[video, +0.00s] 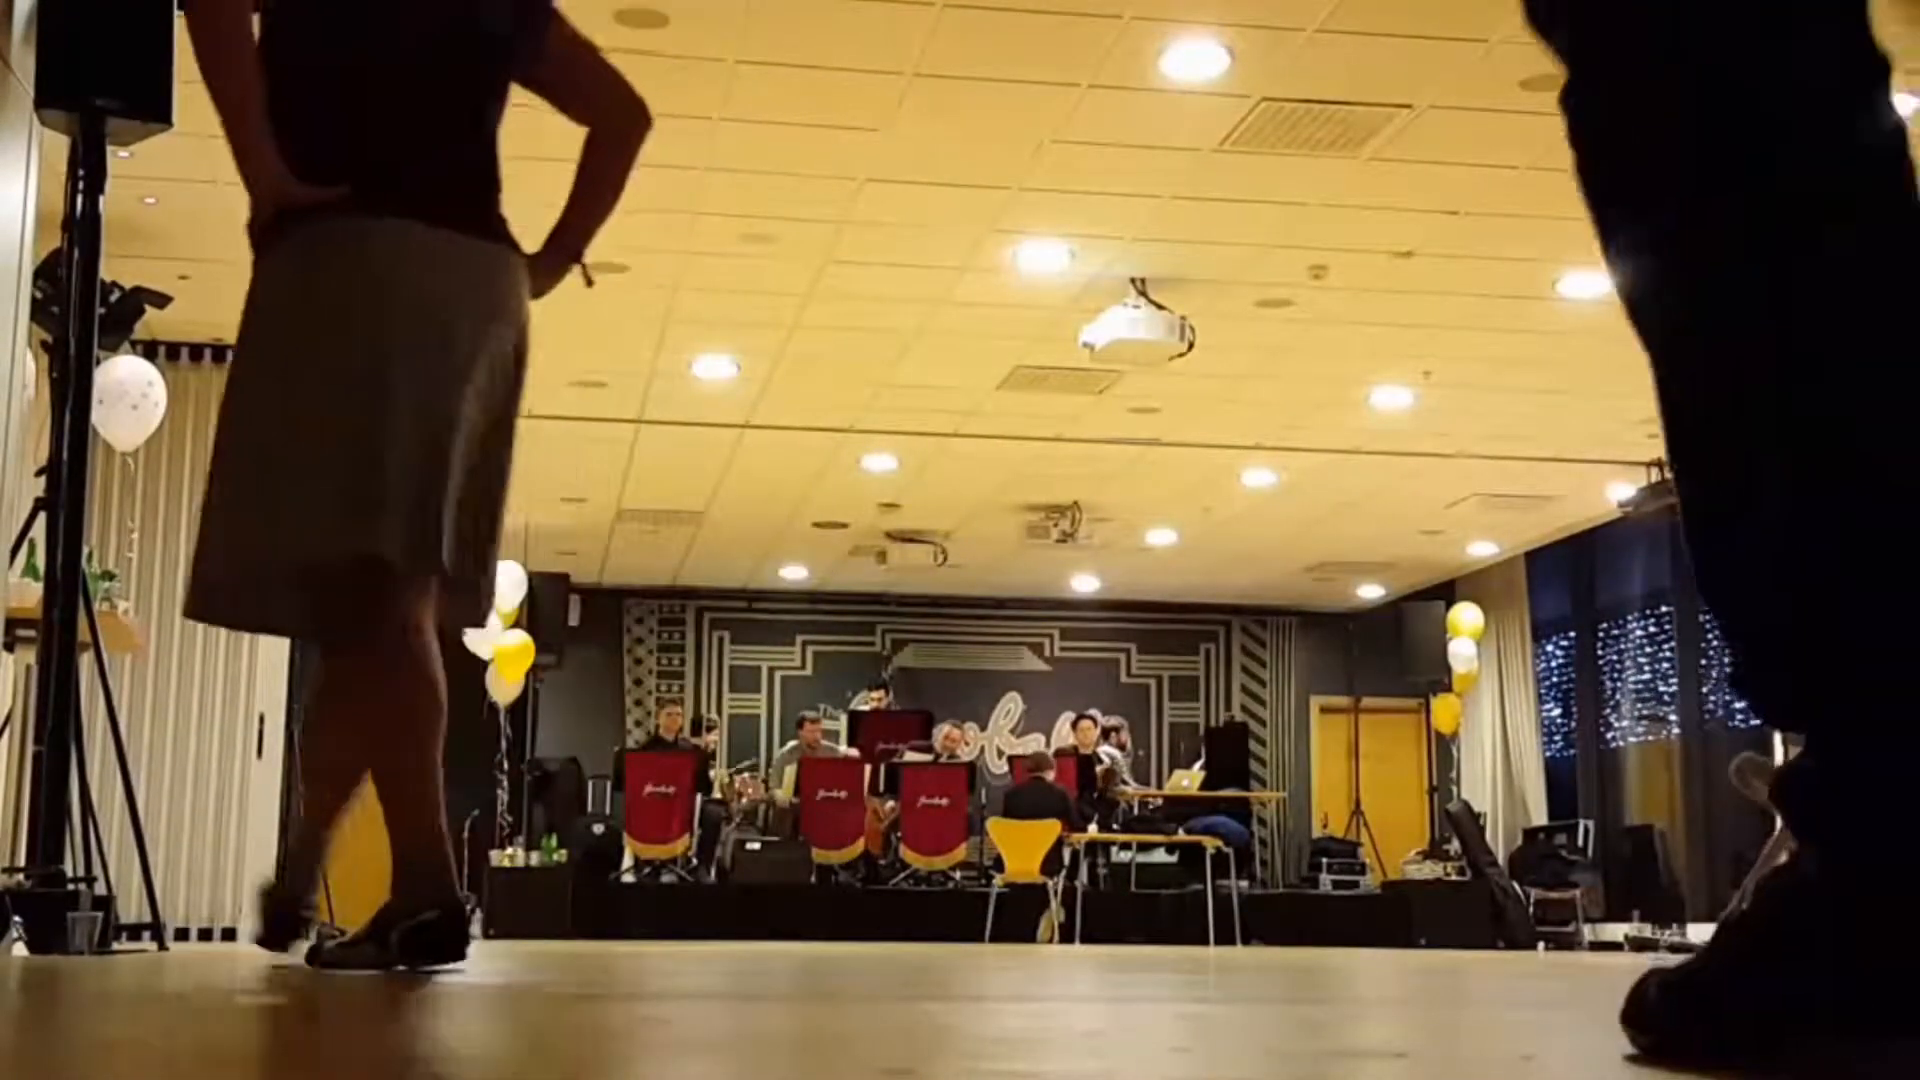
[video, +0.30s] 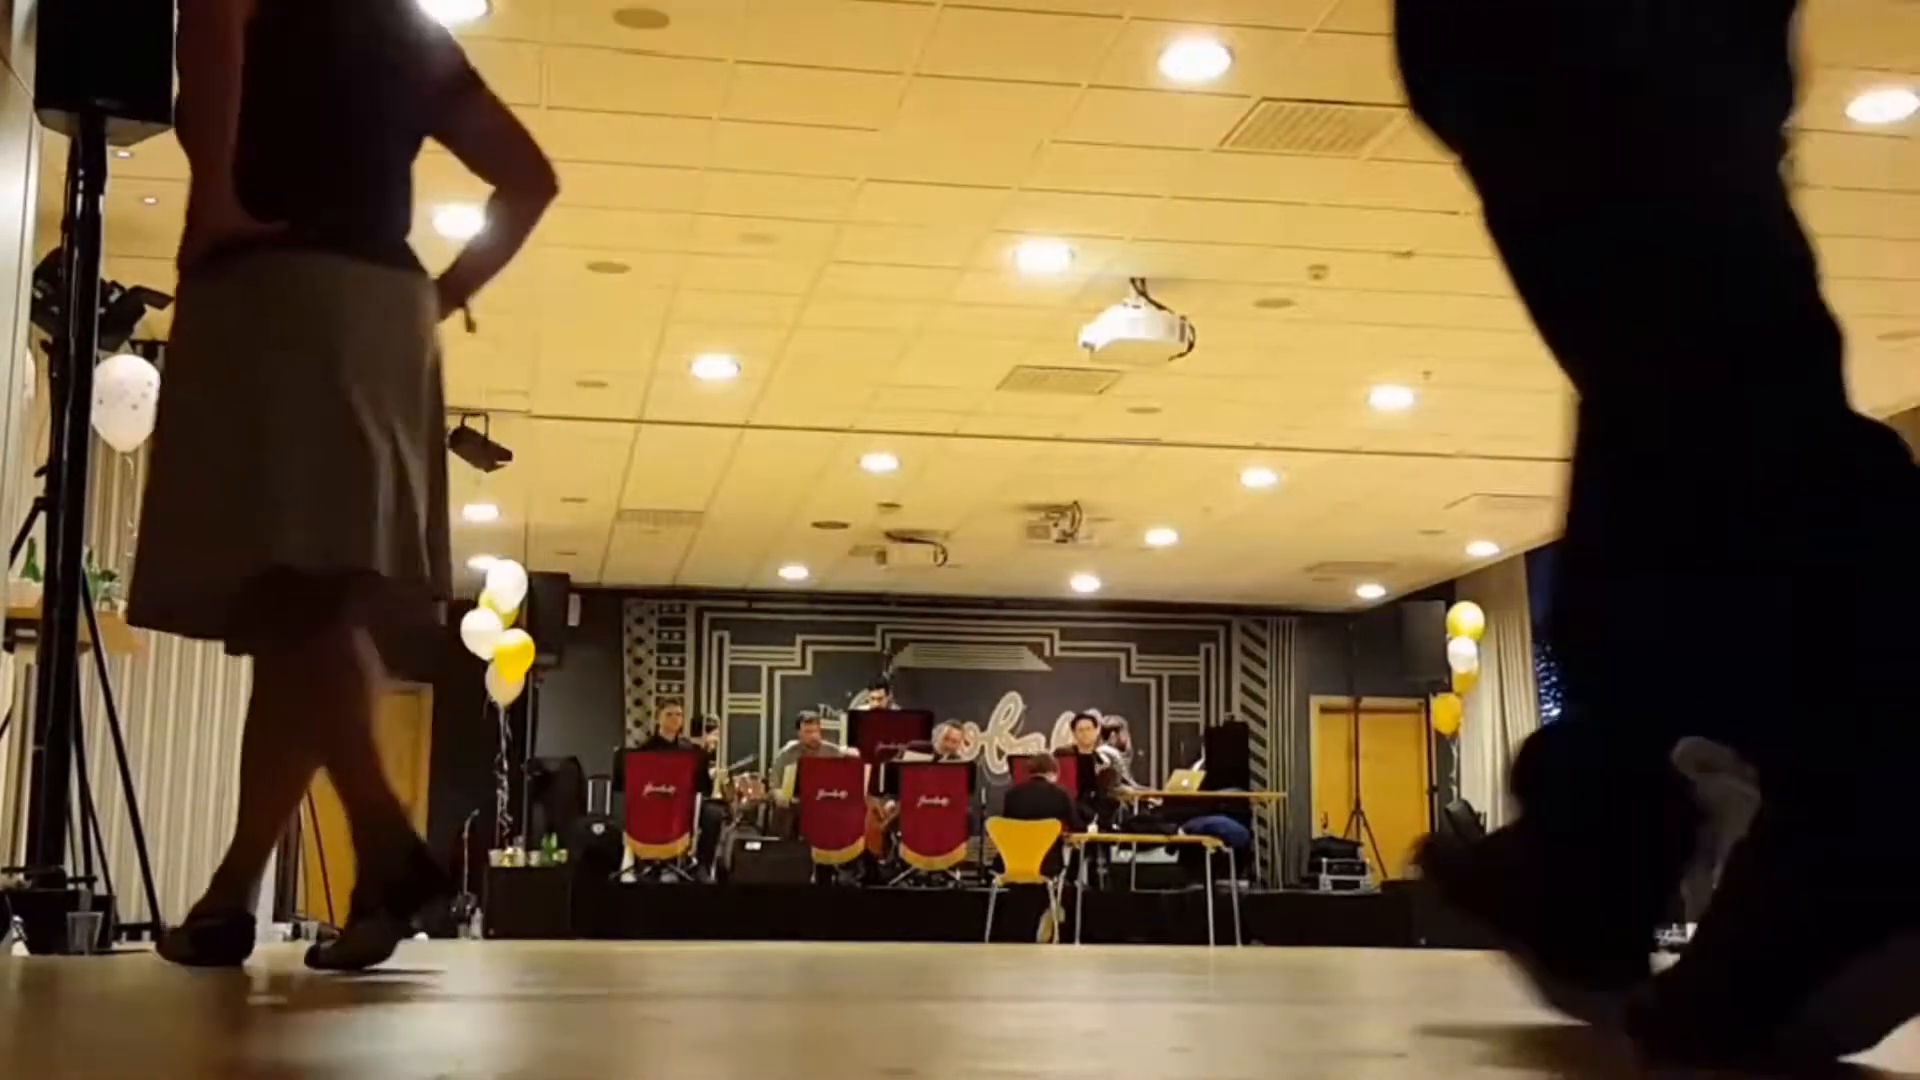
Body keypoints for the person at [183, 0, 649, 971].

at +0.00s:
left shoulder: (278, 9)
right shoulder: (491, 10)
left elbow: (212, 9)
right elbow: (623, 114)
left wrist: (262, 170)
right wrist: (551, 260)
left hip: (347, 262)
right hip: (478, 274)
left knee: (375, 591)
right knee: (400, 592)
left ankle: (428, 894)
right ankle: (301, 868)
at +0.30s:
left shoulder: (230, 4)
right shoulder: (405, 28)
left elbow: (205, 100)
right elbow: (530, 180)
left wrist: (215, 199)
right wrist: (448, 291)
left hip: (266, 289)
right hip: (387, 301)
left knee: (296, 592)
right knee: (319, 604)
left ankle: (391, 853)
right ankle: (232, 897)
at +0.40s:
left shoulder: (228, 12)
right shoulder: (391, 38)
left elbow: (207, 17)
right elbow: (507, 190)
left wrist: (196, 198)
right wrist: (419, 295)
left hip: (243, 301)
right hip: (362, 316)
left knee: (200, 591)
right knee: (292, 614)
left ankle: (340, 820)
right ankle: (224, 900)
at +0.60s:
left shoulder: (192, 4)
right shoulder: (341, 40)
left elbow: (193, 48)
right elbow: (463, 205)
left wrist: (170, 215)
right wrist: (378, 316)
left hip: (208, 319)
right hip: (326, 327)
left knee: (97, 604)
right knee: (269, 627)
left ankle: (186, 843)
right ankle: (222, 901)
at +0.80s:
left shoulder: (159, 13)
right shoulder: (315, 62)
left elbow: (148, 73)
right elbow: (437, 219)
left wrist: (124, 236)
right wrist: (359, 328)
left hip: (164, 337)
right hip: (298, 351)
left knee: (84, 630)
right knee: (260, 640)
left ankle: (32, 889)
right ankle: (223, 901)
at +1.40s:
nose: (184, 19)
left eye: (183, 12)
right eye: (184, 11)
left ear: (63, 5)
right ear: (164, 10)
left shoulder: (19, 87)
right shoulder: (202, 90)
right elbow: (308, 196)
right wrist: (282, 329)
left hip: (40, 366)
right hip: (175, 373)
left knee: (36, 634)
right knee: (197, 624)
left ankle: (12, 892)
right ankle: (145, 827)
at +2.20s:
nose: (307, 57)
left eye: (303, 39)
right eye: (300, 40)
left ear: (211, 48)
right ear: (277, 44)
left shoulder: (148, 137)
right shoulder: (317, 135)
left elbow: (26, 214)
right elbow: (358, 236)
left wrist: (73, 341)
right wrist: (340, 340)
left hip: (158, 407)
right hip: (277, 408)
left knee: (106, 654)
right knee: (270, 666)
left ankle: (12, 865)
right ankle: (251, 903)